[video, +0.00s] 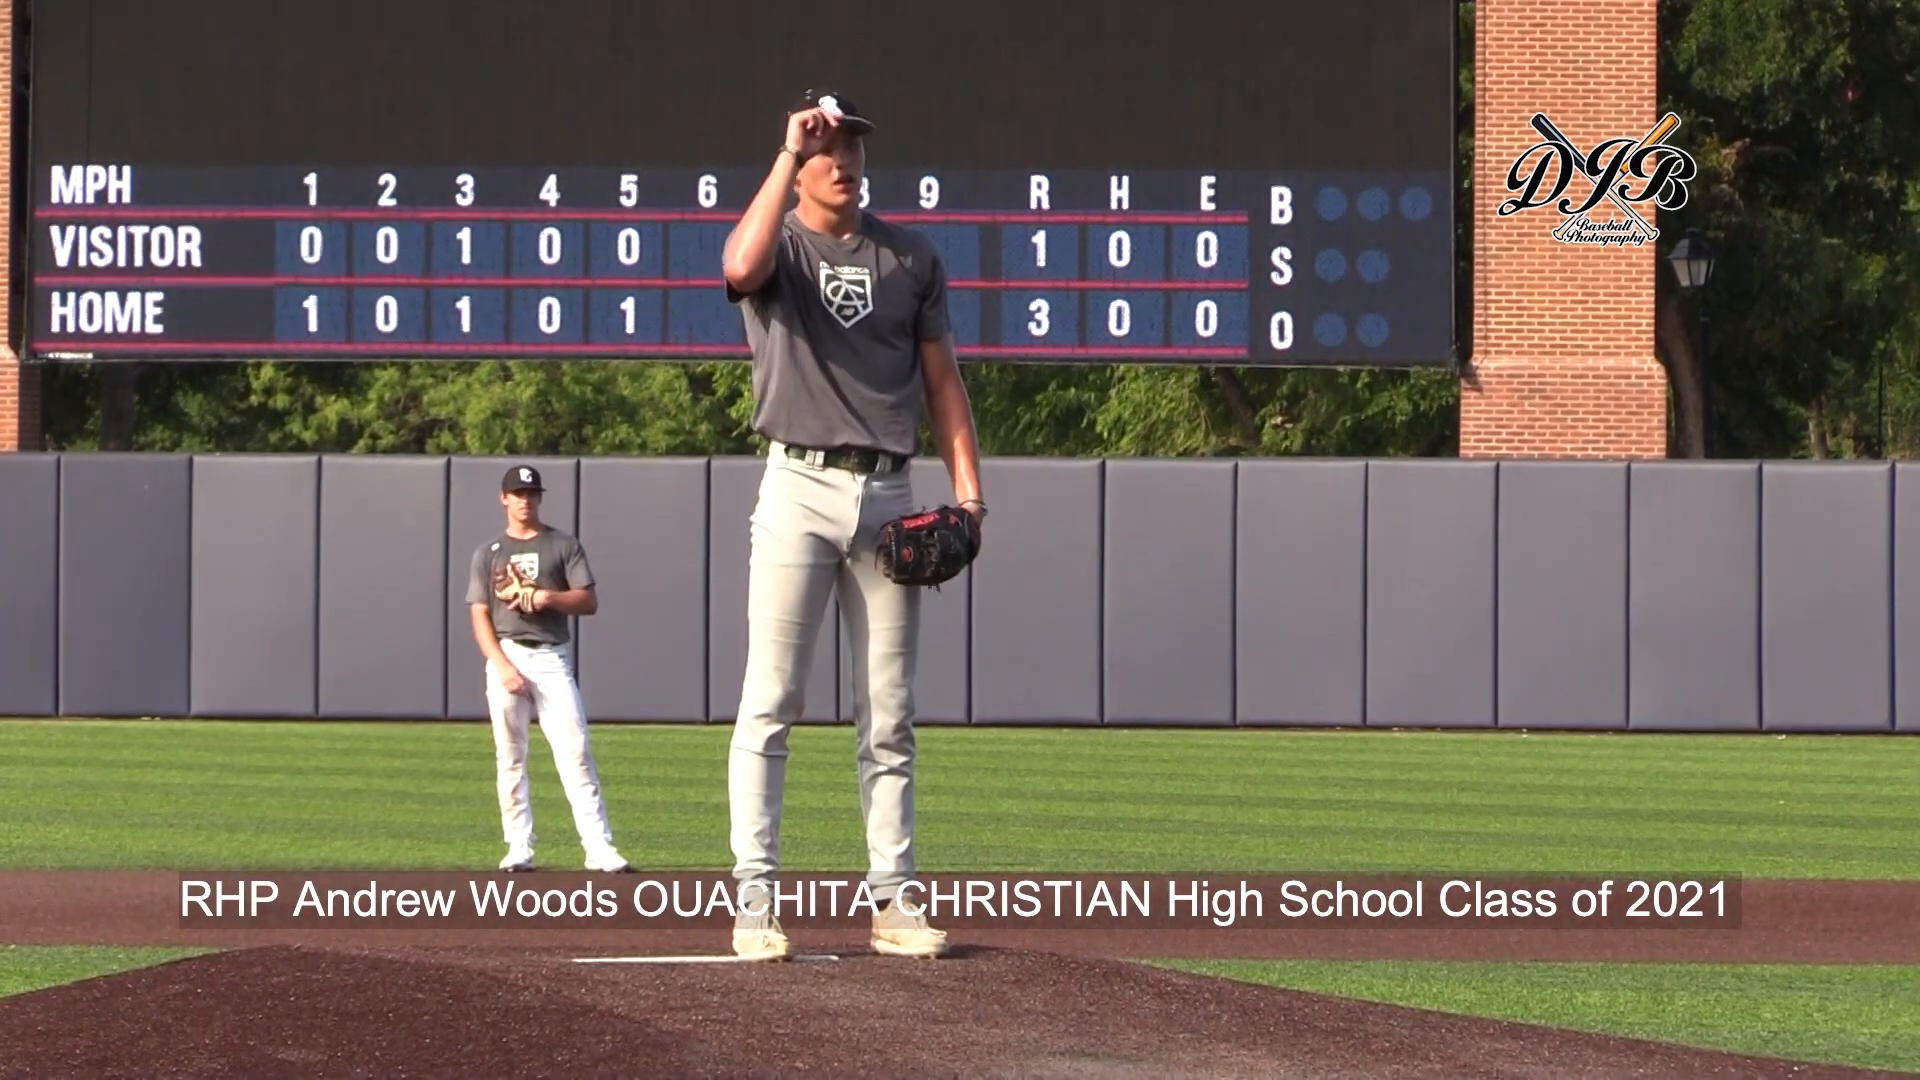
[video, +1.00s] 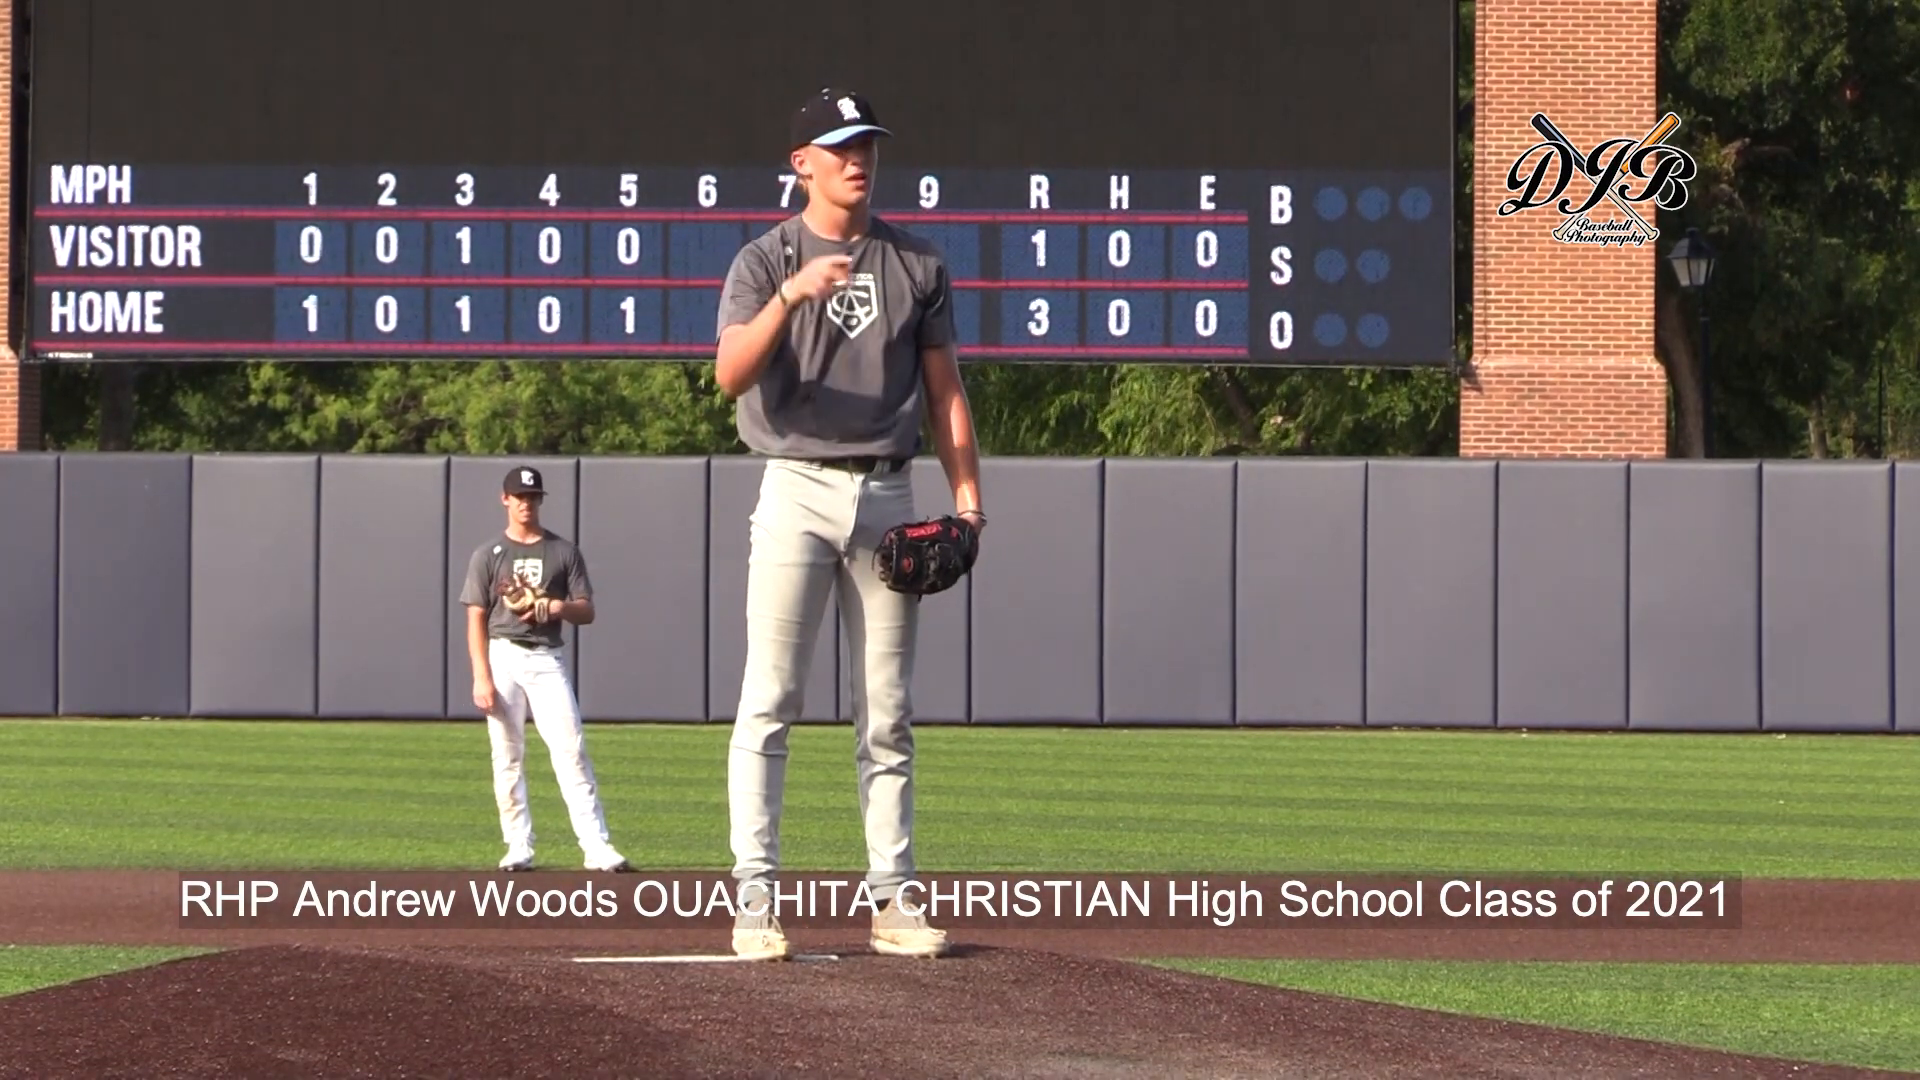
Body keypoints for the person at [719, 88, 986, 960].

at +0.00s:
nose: (838, 162)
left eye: (848, 148)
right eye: (821, 152)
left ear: (864, 160)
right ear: (795, 170)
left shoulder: (911, 256)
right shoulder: (772, 244)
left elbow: (943, 377)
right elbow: (740, 270)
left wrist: (967, 493)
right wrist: (789, 162)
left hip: (892, 498)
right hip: (796, 491)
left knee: (890, 716)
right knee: (769, 703)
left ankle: (893, 898)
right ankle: (755, 896)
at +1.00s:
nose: (858, 163)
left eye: (866, 150)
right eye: (842, 151)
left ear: (877, 160)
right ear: (803, 163)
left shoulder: (915, 266)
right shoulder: (764, 260)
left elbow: (946, 390)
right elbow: (729, 376)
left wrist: (967, 503)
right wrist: (789, 297)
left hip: (889, 499)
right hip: (794, 494)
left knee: (888, 715)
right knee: (769, 703)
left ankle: (892, 898)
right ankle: (756, 896)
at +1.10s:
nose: (861, 164)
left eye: (868, 151)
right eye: (845, 152)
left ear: (878, 162)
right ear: (805, 164)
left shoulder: (915, 267)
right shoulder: (767, 263)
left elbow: (945, 391)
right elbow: (730, 392)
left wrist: (966, 504)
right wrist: (786, 382)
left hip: (888, 500)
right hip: (793, 494)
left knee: (886, 713)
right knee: (769, 701)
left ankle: (892, 897)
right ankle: (755, 895)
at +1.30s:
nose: (863, 163)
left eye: (870, 149)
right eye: (845, 151)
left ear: (879, 161)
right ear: (805, 163)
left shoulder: (914, 268)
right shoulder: (768, 265)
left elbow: (943, 394)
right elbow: (732, 402)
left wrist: (965, 505)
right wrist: (765, 514)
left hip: (886, 497)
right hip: (793, 494)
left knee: (886, 712)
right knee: (769, 705)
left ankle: (892, 897)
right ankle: (755, 896)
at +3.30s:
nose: (855, 159)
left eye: (862, 146)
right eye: (838, 147)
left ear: (872, 159)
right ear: (799, 161)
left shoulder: (911, 267)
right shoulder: (759, 268)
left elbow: (943, 393)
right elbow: (733, 405)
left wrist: (965, 507)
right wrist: (744, 521)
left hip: (888, 497)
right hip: (792, 493)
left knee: (887, 712)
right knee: (768, 705)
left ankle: (893, 897)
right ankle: (755, 895)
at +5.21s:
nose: (829, 158)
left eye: (837, 144)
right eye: (811, 146)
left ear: (849, 156)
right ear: (773, 160)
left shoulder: (892, 260)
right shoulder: (734, 263)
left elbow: (921, 392)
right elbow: (707, 397)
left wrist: (884, 483)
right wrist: (795, 465)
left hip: (866, 501)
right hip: (769, 501)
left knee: (900, 693)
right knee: (761, 698)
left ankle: (906, 884)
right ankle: (752, 899)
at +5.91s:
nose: (900, 164)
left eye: (908, 150)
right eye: (883, 153)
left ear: (922, 160)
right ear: (851, 168)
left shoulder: (966, 251)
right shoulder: (826, 273)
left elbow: (989, 391)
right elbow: (820, 399)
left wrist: (904, 482)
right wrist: (825, 464)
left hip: (943, 498)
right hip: (853, 500)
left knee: (958, 707)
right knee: (819, 702)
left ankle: (970, 906)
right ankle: (794, 900)